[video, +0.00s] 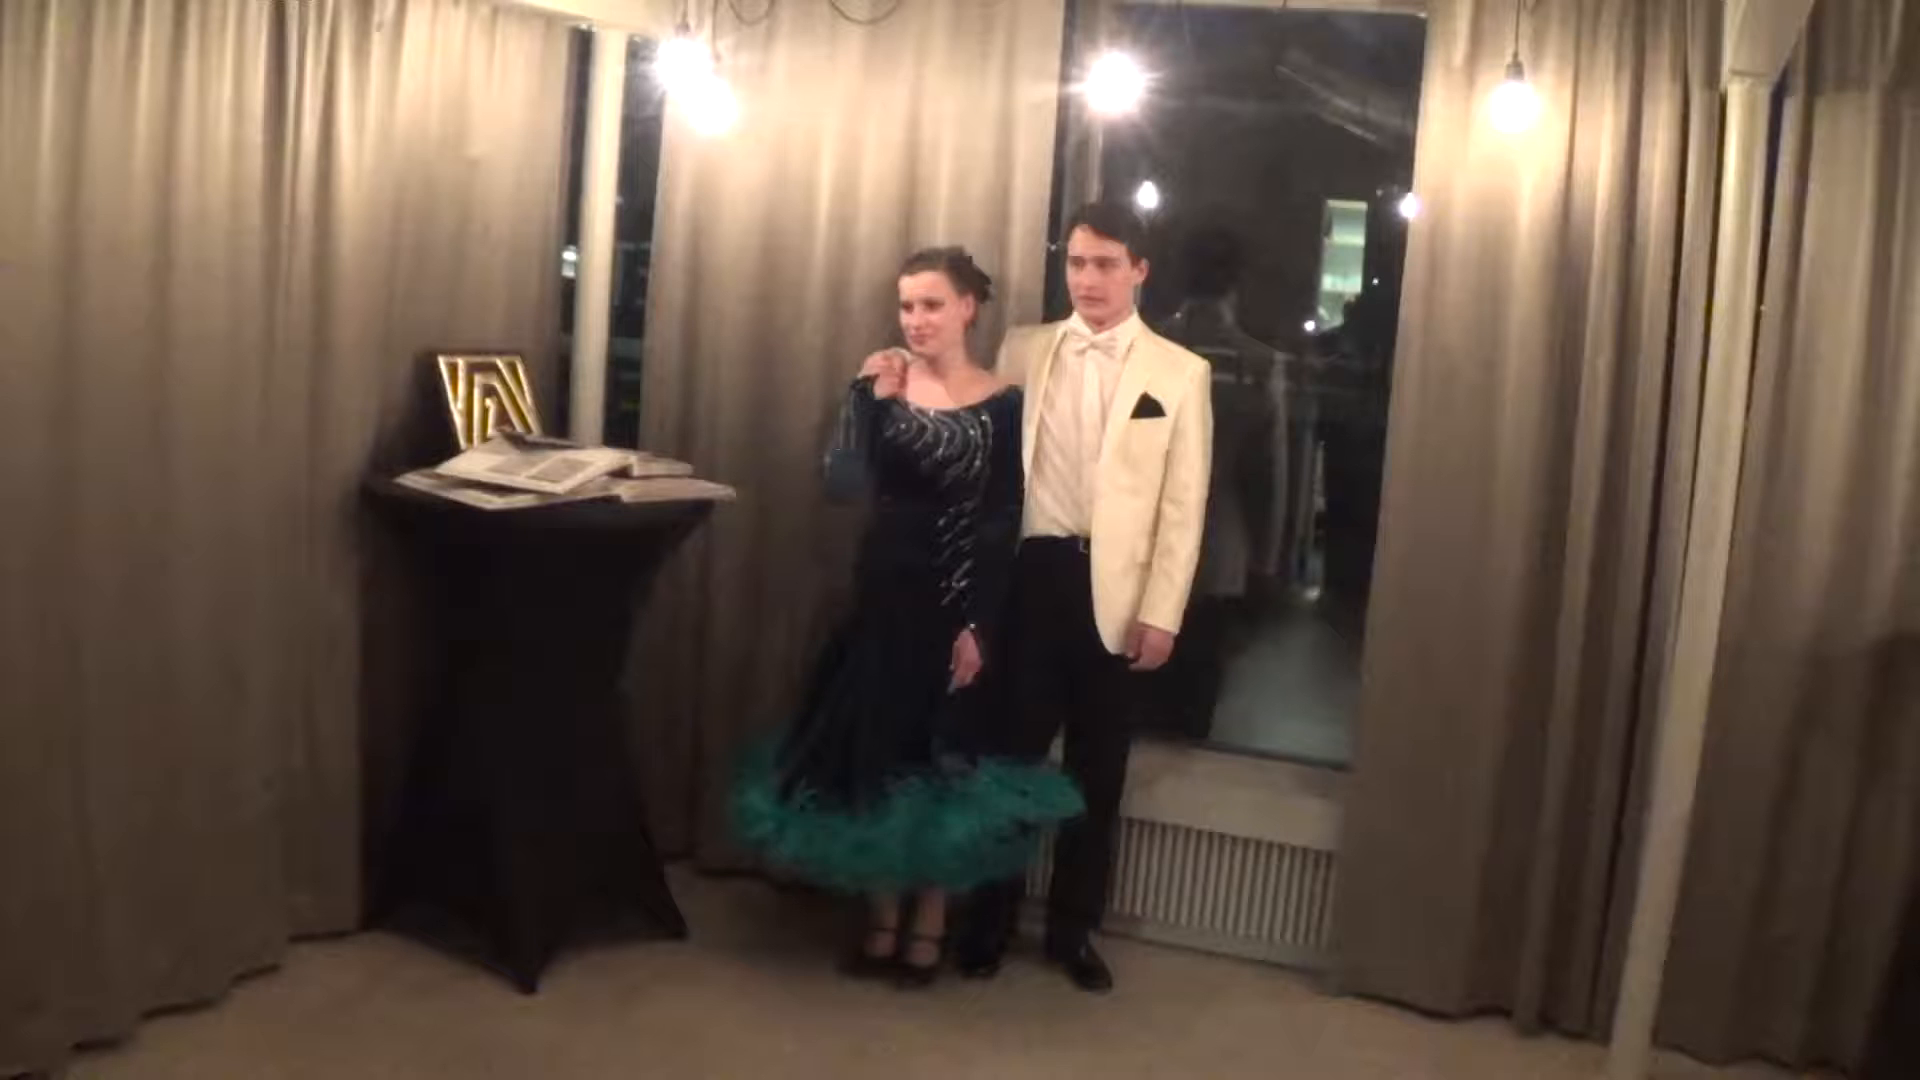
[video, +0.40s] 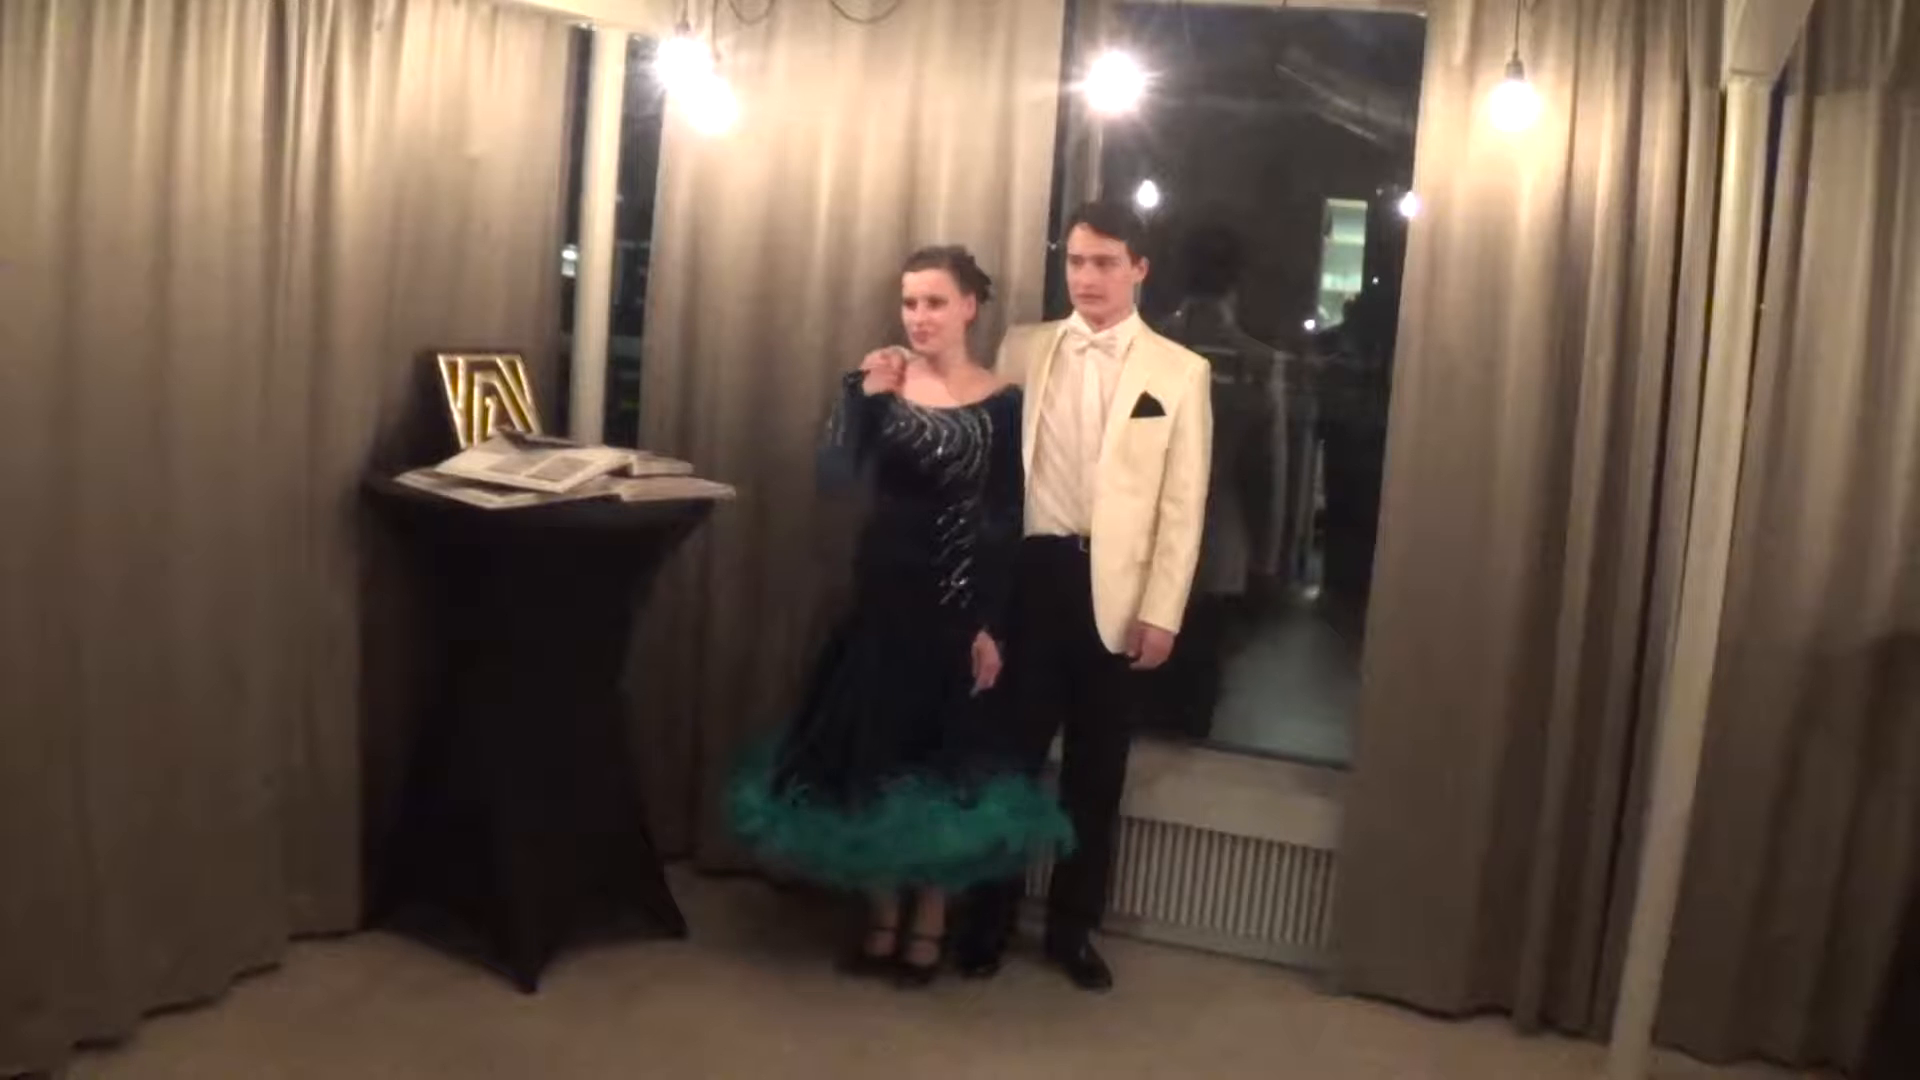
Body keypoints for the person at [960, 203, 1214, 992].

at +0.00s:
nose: (1087, 278)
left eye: (1104, 264)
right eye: (1076, 262)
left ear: (1139, 273)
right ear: (1063, 268)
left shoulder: (1182, 374)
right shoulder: (1027, 351)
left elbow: (1184, 504)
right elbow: (966, 410)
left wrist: (1163, 611)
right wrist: (902, 368)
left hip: (1114, 585)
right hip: (1026, 573)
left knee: (1097, 772)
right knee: (1010, 749)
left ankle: (1073, 932)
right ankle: (984, 926)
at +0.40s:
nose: (1087, 277)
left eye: (1104, 262)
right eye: (1076, 261)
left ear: (1139, 271)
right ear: (1063, 267)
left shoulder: (1181, 373)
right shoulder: (1026, 350)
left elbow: (1183, 504)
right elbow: (984, 455)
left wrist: (1163, 609)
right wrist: (902, 373)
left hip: (1114, 585)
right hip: (1025, 572)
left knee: (1096, 771)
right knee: (1008, 747)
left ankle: (1073, 931)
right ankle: (982, 925)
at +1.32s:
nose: (1118, 278)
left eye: (1130, 266)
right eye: (1103, 263)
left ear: (1145, 277)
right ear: (1068, 268)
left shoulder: (1178, 371)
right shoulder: (1022, 344)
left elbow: (1180, 500)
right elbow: (977, 449)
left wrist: (1160, 607)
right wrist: (894, 369)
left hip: (1113, 582)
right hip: (1023, 568)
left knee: (1097, 766)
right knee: (1007, 745)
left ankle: (1072, 929)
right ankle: (984, 924)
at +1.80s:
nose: (1131, 283)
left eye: (1141, 270)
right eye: (1116, 268)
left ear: (1151, 279)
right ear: (1072, 271)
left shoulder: (1175, 369)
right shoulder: (1017, 344)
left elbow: (1181, 497)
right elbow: (976, 457)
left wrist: (1165, 601)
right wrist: (968, 567)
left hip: (1115, 579)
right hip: (1024, 569)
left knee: (1099, 761)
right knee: (1011, 744)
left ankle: (1073, 928)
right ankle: (984, 923)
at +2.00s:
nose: (1134, 283)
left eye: (1143, 270)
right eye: (1119, 267)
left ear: (1150, 280)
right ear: (1074, 270)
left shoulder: (1172, 369)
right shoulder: (1015, 344)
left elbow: (1179, 496)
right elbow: (973, 456)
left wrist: (1164, 600)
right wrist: (966, 568)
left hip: (1113, 578)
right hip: (1021, 568)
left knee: (1098, 760)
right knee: (1008, 742)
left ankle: (1074, 929)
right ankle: (982, 923)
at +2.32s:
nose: (1133, 281)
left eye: (1141, 268)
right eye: (1118, 265)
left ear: (1147, 278)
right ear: (1072, 268)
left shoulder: (1169, 366)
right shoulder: (1011, 342)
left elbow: (1177, 492)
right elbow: (971, 456)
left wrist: (1163, 597)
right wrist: (965, 566)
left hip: (1112, 576)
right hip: (1021, 567)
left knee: (1097, 758)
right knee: (1008, 742)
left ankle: (1073, 928)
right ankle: (982, 922)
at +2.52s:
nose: (1132, 280)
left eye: (1140, 267)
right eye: (1117, 264)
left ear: (1145, 276)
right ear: (1070, 268)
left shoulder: (1167, 363)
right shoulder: (1011, 342)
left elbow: (1176, 490)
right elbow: (971, 456)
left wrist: (1163, 596)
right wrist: (963, 565)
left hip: (1111, 575)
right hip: (1020, 566)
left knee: (1097, 758)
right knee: (1007, 742)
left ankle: (1072, 928)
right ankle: (982, 922)